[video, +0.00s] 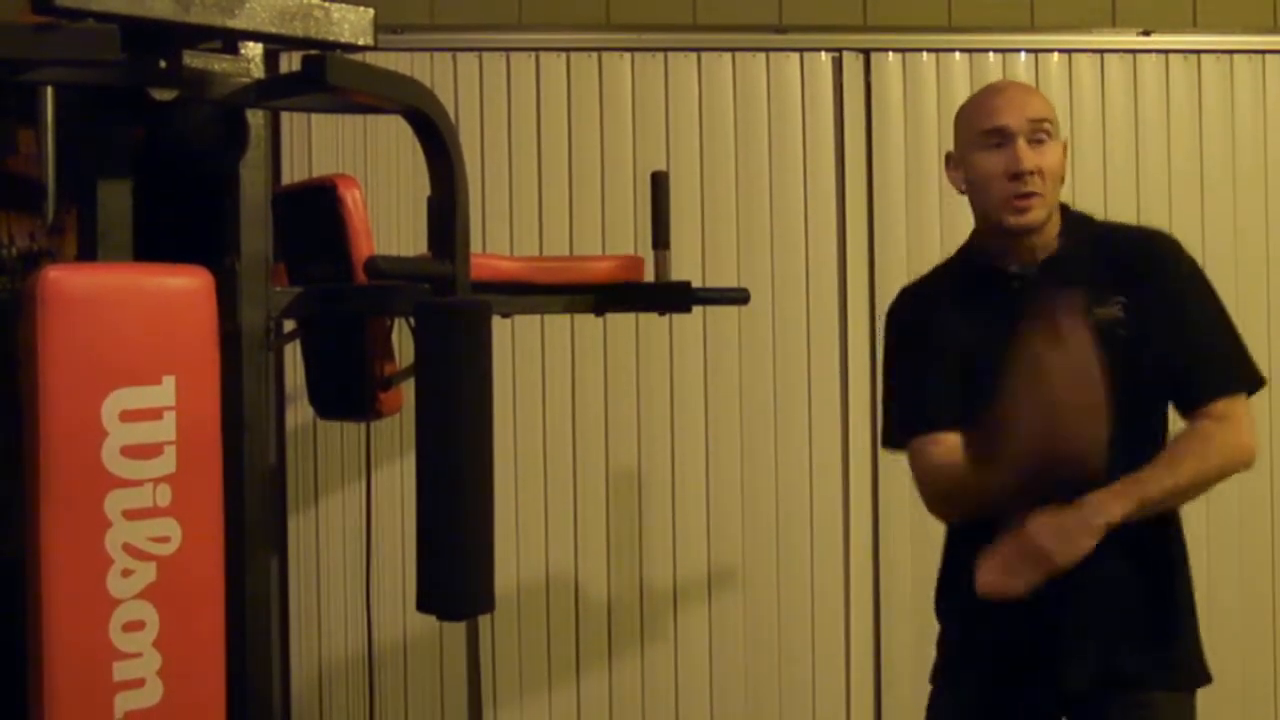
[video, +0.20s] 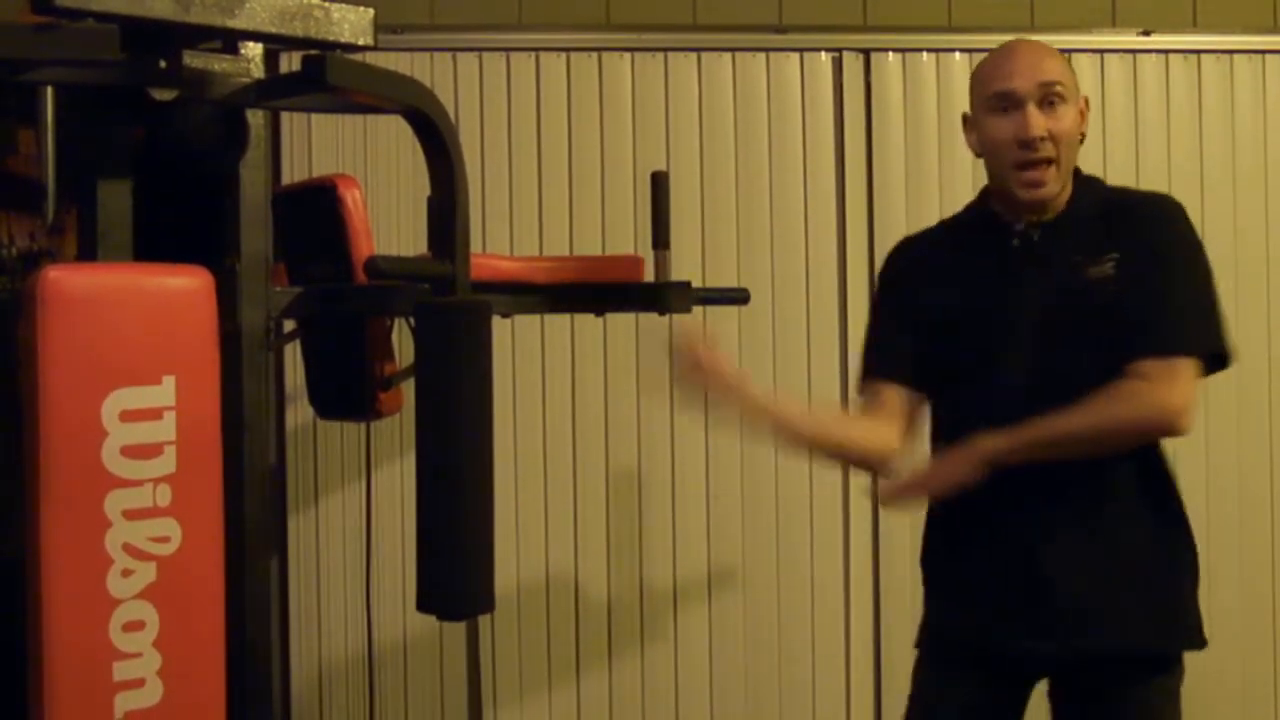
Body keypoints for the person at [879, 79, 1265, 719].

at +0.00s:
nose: (1023, 160)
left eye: (1040, 137)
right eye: (995, 142)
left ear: (1062, 156)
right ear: (957, 172)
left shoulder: (1147, 265)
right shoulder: (923, 310)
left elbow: (1231, 434)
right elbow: (943, 492)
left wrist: (1097, 512)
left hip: (1134, 646)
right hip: (992, 657)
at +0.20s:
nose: (1032, 128)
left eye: (1050, 102)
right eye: (1005, 108)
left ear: (1081, 116)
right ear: (971, 132)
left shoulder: (1148, 228)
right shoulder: (921, 262)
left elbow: (1167, 399)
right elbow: (881, 437)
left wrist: (986, 449)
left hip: (1121, 601)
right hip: (976, 604)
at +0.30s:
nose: (1022, 131)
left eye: (1042, 104)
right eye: (996, 110)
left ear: (1075, 121)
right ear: (964, 136)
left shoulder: (1135, 236)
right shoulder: (913, 260)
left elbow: (1114, 396)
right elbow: (835, 398)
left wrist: (915, 412)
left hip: (1102, 617)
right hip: (954, 619)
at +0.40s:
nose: (995, 129)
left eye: (1016, 102)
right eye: (970, 107)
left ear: (1052, 123)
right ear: (941, 134)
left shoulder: (1113, 231)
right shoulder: (898, 250)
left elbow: (1083, 375)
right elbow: (803, 351)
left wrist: (889, 374)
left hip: (1075, 619)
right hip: (924, 621)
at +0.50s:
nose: (963, 128)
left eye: (985, 99)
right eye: (938, 108)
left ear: (1025, 118)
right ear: (913, 131)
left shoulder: (1090, 229)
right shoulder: (880, 246)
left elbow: (1066, 359)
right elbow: (789, 320)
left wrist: (873, 348)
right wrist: (870, 153)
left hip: (1049, 615)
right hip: (901, 616)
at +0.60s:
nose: (943, 123)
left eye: (963, 99)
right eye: (917, 105)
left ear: (1001, 119)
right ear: (892, 135)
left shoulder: (1077, 227)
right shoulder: (857, 244)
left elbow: (1062, 359)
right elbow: (783, 317)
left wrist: (874, 349)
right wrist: (938, 211)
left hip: (1038, 614)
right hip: (888, 616)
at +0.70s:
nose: (959, 115)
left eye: (980, 90)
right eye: (933, 96)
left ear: (1016, 110)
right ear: (907, 125)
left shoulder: (1086, 230)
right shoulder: (866, 249)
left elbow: (1064, 378)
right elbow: (797, 375)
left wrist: (858, 381)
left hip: (1044, 620)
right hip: (890, 621)